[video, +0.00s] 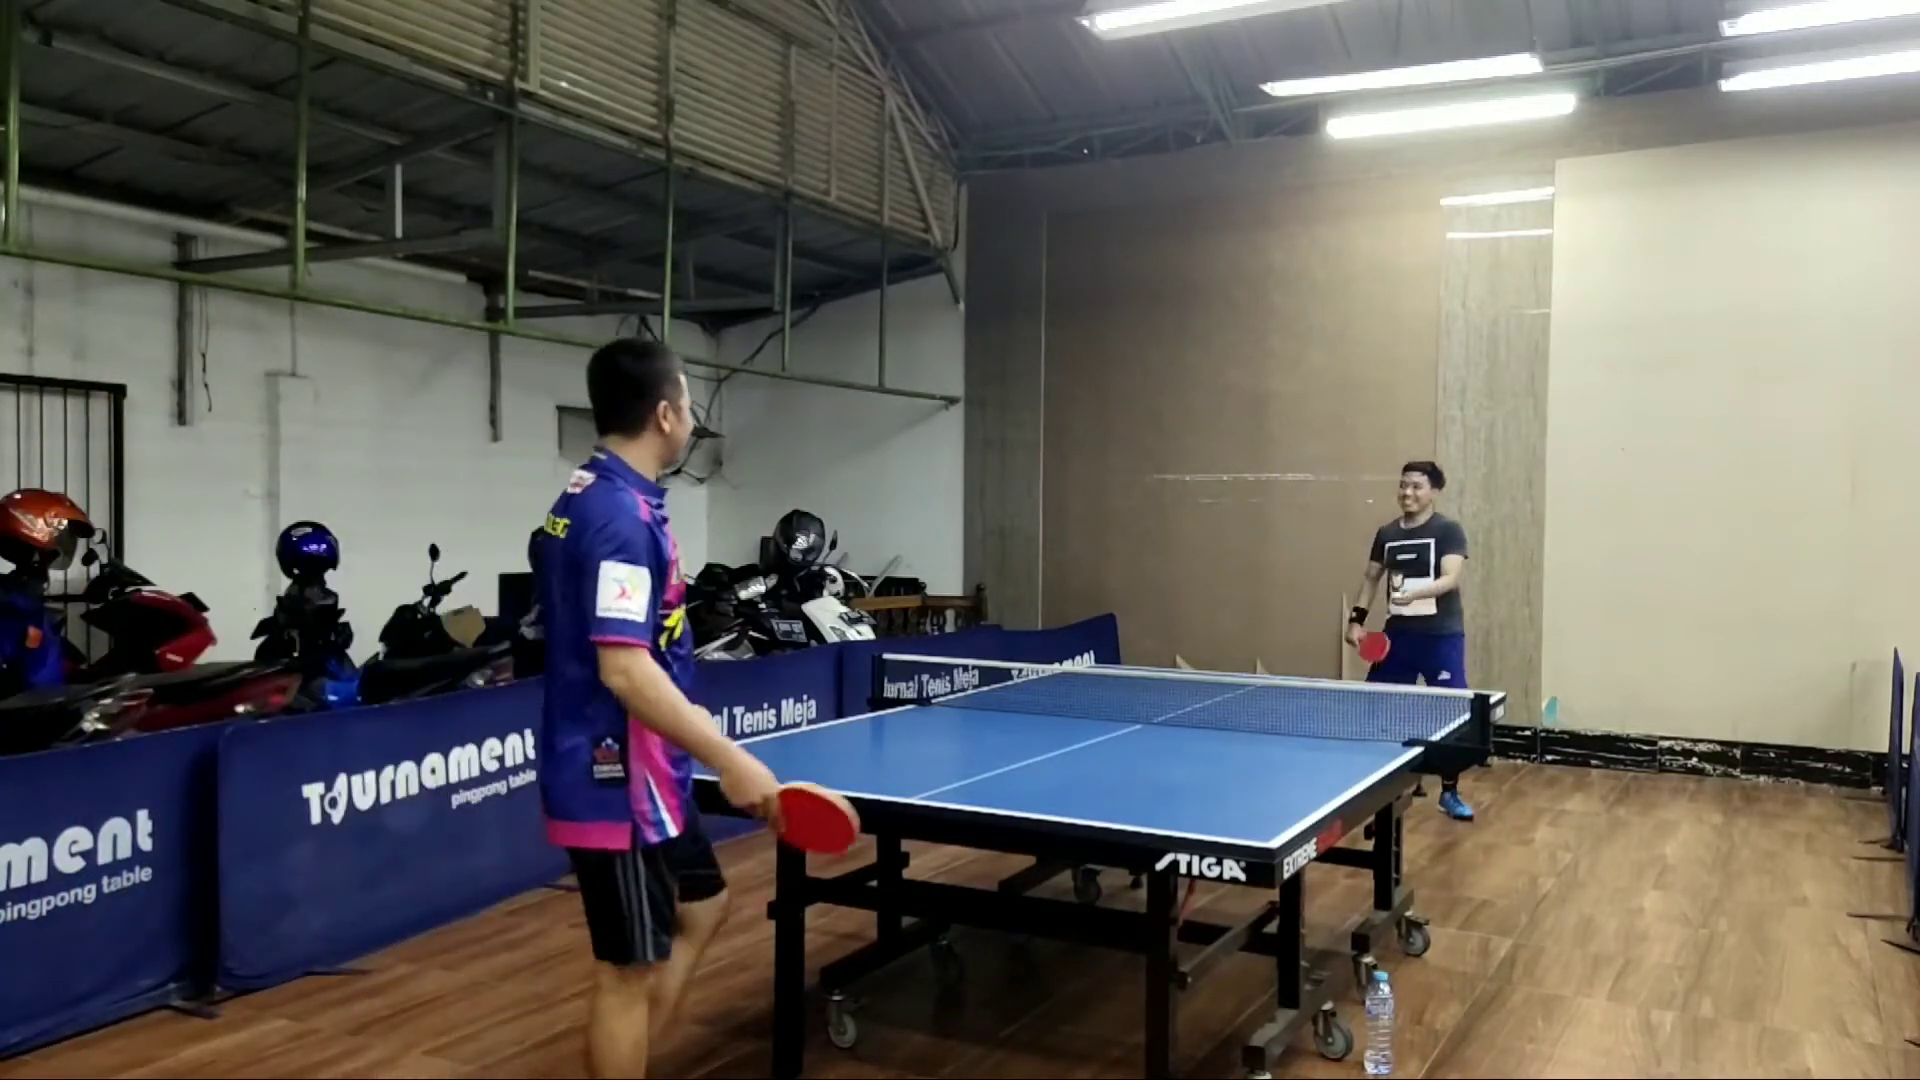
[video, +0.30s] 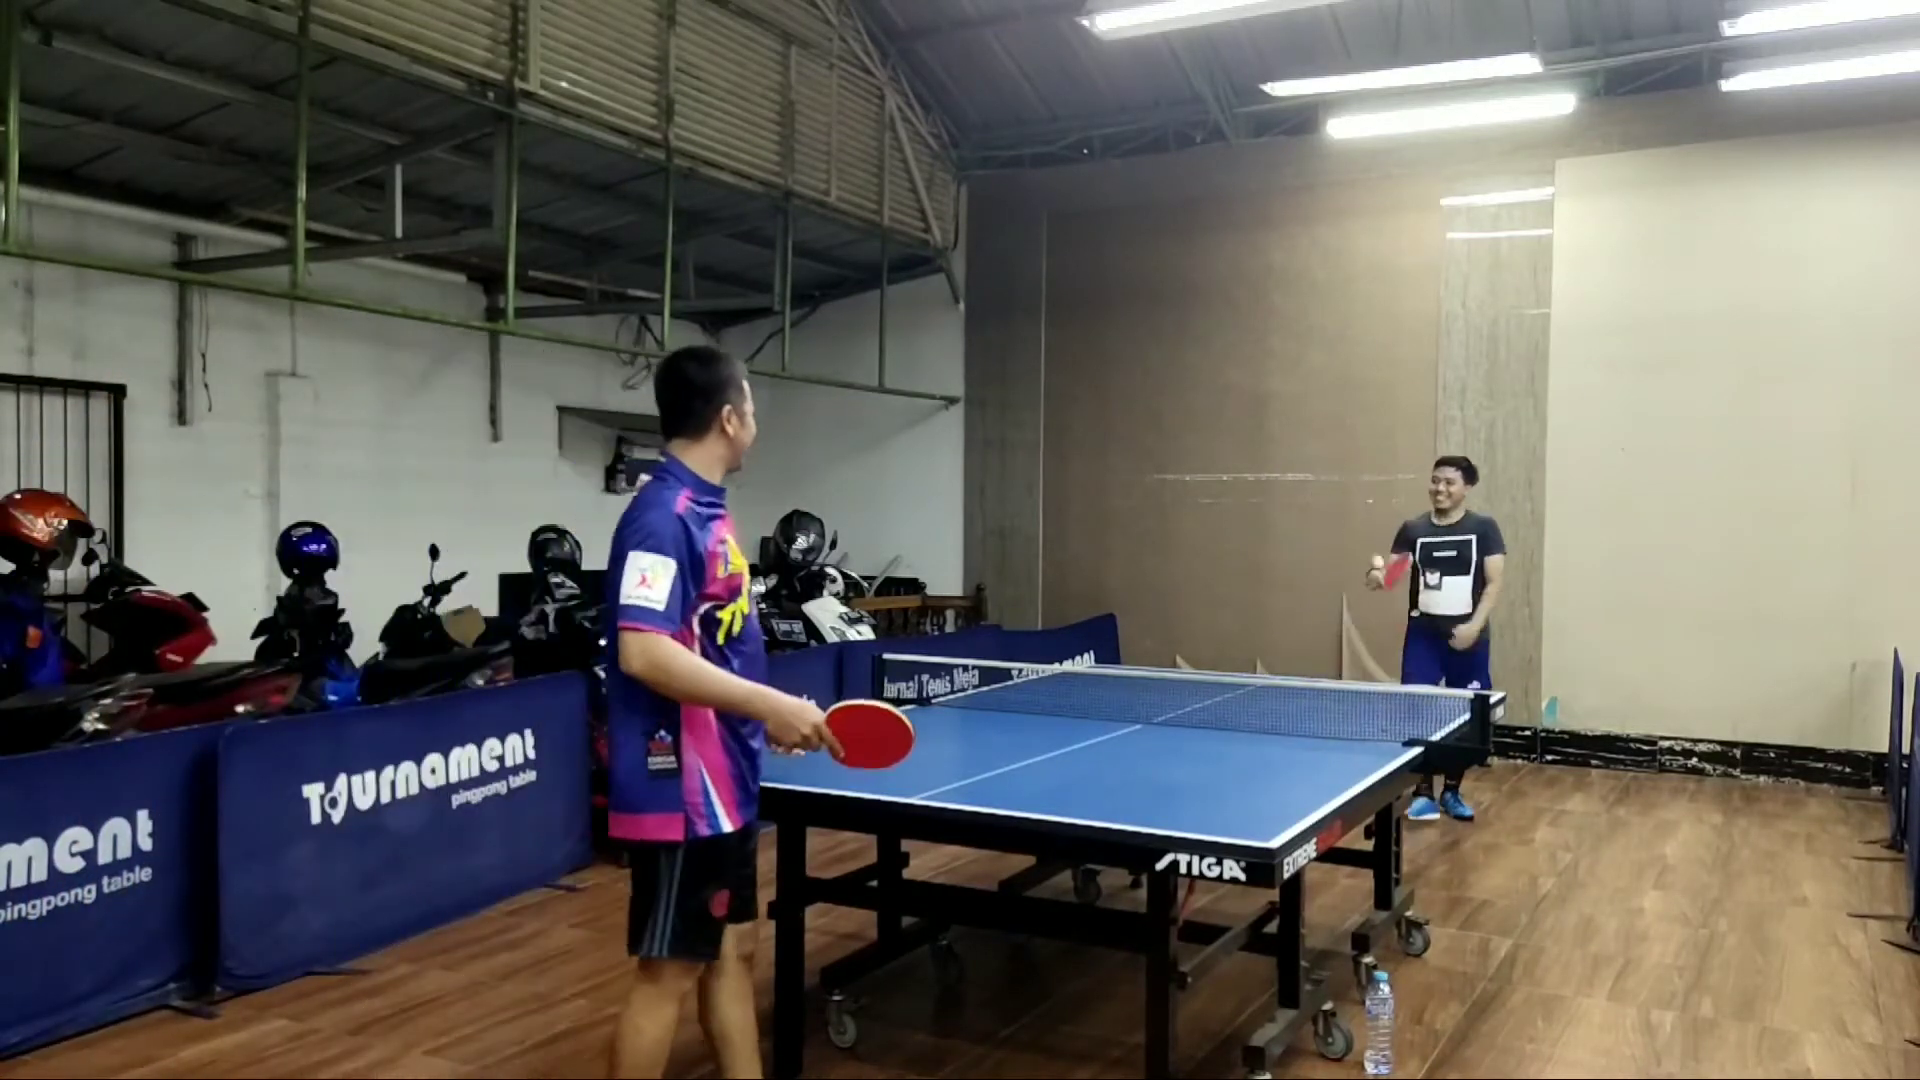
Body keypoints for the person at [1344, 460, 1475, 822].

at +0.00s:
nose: (1407, 492)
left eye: (1416, 486)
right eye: (1403, 486)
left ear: (1434, 492)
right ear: (1398, 491)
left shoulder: (1449, 531)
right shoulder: (1388, 534)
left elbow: (1451, 579)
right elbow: (1371, 579)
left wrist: (1415, 592)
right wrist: (1357, 619)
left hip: (1442, 640)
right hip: (1398, 639)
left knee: (1452, 711)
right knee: (1377, 707)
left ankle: (1449, 791)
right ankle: (1387, 785)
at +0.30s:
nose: (1440, 488)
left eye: (1449, 482)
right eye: (1436, 481)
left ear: (1467, 488)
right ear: (1429, 486)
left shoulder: (1483, 528)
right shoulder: (1413, 529)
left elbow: (1494, 581)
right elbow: (1391, 573)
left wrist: (1474, 626)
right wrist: (1378, 572)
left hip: (1467, 634)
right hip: (1422, 634)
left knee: (1466, 712)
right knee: (1419, 709)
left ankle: (1452, 791)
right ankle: (1423, 792)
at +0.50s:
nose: (1449, 500)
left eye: (1457, 493)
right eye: (1442, 492)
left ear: (1473, 498)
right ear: (1434, 496)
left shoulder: (1492, 533)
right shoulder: (1421, 538)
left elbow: (1517, 586)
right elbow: (1393, 589)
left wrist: (1545, 636)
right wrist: (1382, 576)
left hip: (1482, 645)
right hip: (1440, 644)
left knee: (1477, 724)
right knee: (1450, 719)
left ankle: (1450, 795)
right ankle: (1458, 805)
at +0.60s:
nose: (1447, 506)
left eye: (1455, 498)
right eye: (1440, 499)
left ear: (1471, 499)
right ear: (1432, 502)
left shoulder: (1495, 531)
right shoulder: (1421, 544)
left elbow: (1529, 576)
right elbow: (1399, 591)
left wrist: (1558, 617)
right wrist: (1389, 598)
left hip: (1490, 646)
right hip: (1446, 647)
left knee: (1484, 730)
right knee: (1456, 727)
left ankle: (1454, 782)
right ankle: (1465, 820)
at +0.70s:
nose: (1448, 509)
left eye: (1455, 500)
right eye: (1440, 502)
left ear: (1470, 497)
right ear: (1433, 505)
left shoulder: (1498, 528)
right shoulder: (1427, 545)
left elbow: (1530, 569)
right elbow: (1414, 597)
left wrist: (1561, 608)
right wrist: (1411, 628)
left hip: (1493, 647)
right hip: (1447, 649)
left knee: (1501, 730)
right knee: (1454, 731)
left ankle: (1465, 786)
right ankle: (1465, 821)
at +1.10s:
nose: (1477, 497)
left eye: (1486, 489)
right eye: (1469, 490)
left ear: (1503, 491)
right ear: (1461, 493)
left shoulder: (1523, 532)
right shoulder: (1444, 535)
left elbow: (1539, 595)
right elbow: (1426, 598)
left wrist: (1543, 658)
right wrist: (1417, 656)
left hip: (1508, 653)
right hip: (1454, 653)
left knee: (1509, 736)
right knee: (1453, 735)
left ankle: (1515, 839)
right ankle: (1465, 817)